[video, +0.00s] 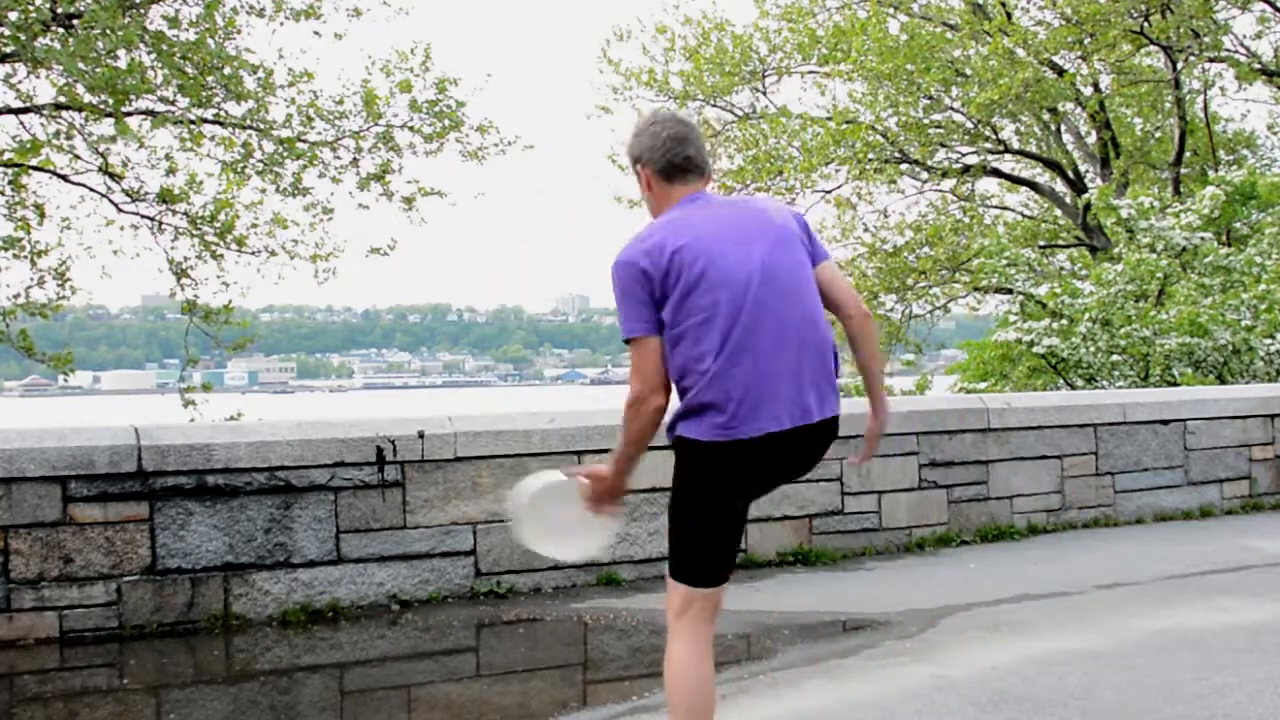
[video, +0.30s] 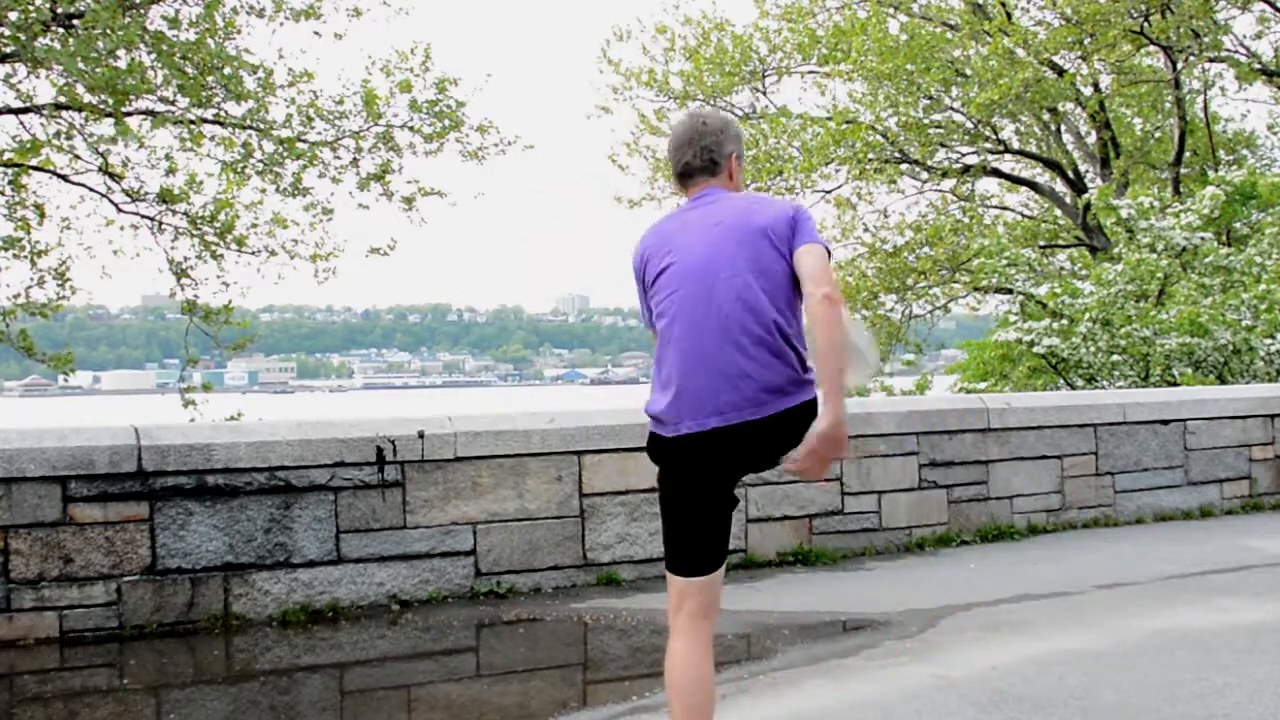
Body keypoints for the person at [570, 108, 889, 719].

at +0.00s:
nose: (638, 189)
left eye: (636, 177)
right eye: (636, 177)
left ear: (646, 176)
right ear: (707, 170)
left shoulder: (642, 256)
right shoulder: (779, 217)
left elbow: (650, 395)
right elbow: (853, 309)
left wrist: (617, 477)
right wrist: (878, 396)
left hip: (721, 443)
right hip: (812, 428)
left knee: (691, 614)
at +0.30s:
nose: (745, 167)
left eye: (742, 160)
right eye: (743, 159)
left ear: (675, 175)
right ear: (734, 164)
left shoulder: (650, 243)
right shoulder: (784, 214)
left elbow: (664, 338)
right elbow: (822, 295)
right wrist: (832, 414)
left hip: (689, 439)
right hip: (780, 420)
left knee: (690, 616)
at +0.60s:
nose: (806, 163)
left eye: (802, 152)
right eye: (801, 153)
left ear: (738, 173)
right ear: (785, 163)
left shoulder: (713, 240)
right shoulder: (825, 226)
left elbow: (728, 311)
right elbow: (848, 312)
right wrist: (853, 422)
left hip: (716, 441)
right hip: (800, 433)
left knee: (708, 608)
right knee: (851, 555)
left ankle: (693, 717)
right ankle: (858, 700)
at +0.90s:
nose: (928, 188)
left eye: (926, 177)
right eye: (922, 177)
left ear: (880, 191)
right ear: (897, 187)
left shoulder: (857, 254)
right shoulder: (894, 246)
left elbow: (902, 367)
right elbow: (856, 335)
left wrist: (970, 331)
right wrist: (926, 403)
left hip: (832, 441)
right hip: (876, 440)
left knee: (875, 588)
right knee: (946, 579)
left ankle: (774, 684)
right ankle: (896, 712)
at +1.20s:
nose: (970, 173)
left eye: (967, 162)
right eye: (961, 163)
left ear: (934, 177)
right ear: (928, 177)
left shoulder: (964, 239)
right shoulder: (899, 253)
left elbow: (1027, 271)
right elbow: (863, 350)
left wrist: (1085, 234)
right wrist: (921, 429)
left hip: (952, 429)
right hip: (915, 435)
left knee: (977, 569)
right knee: (981, 570)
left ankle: (970, 695)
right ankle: (900, 707)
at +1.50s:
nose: (960, 149)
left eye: (952, 141)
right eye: (948, 143)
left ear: (931, 167)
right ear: (927, 167)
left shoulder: (974, 210)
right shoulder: (922, 243)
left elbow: (1024, 176)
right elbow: (895, 345)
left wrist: (1058, 104)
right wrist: (955, 417)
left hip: (990, 419)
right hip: (945, 427)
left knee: (1028, 557)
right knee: (959, 575)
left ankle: (978, 683)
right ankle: (911, 708)